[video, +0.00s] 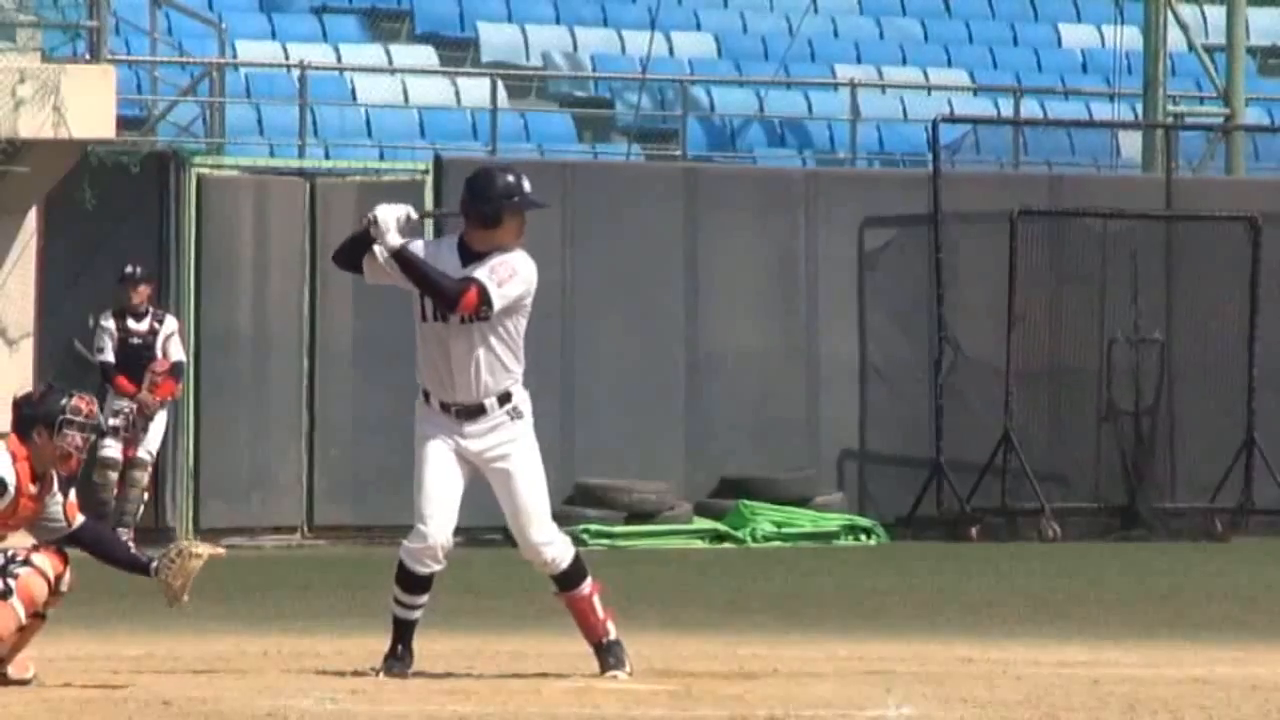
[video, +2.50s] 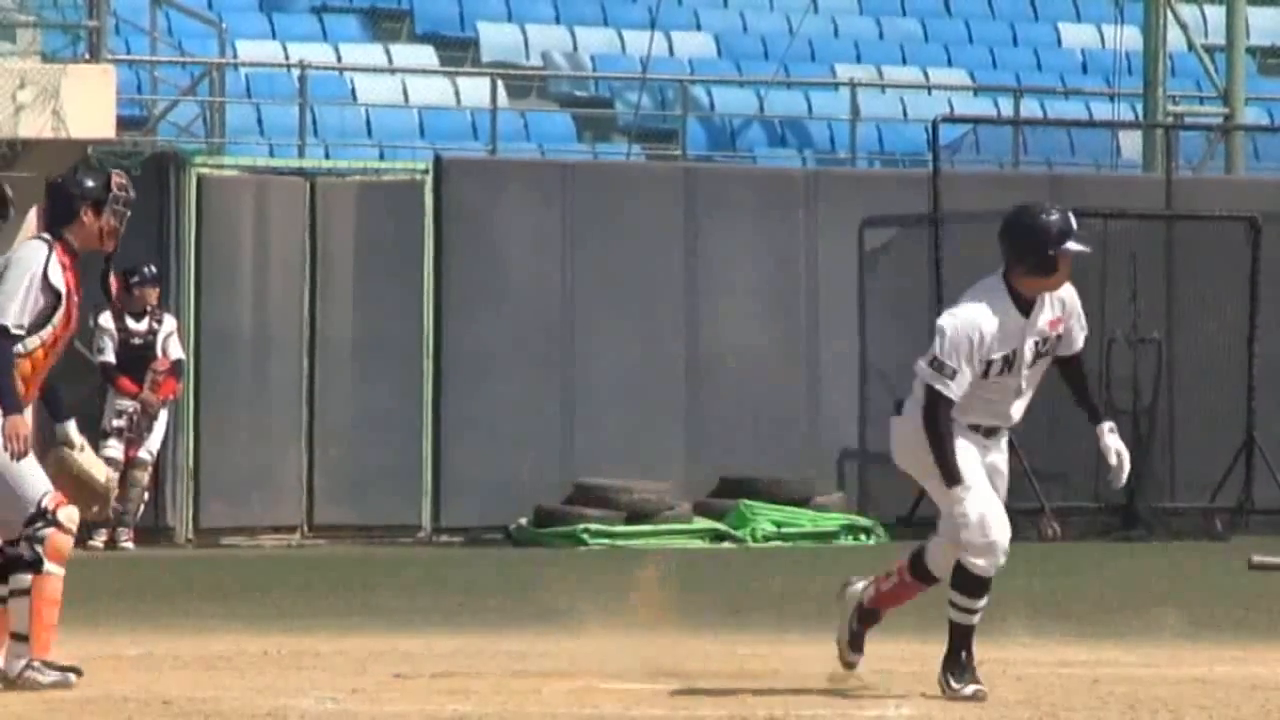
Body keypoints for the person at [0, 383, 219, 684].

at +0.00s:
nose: (77, 442)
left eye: (81, 433)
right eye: (69, 432)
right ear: (39, 434)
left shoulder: (46, 478)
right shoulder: (6, 470)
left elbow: (83, 530)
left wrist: (151, 565)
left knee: (52, 568)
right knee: (29, 578)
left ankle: (4, 661)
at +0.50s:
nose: (83, 446)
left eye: (87, 437)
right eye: (75, 436)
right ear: (45, 438)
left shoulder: (45, 480)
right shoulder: (8, 477)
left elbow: (73, 540)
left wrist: (110, 583)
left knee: (57, 569)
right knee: (33, 578)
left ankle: (4, 662)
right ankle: (4, 659)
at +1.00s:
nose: (91, 443)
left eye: (93, 434)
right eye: (82, 434)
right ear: (52, 437)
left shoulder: (52, 477)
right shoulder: (11, 475)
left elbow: (79, 540)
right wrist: (13, 549)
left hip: (5, 557)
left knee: (62, 572)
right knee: (33, 582)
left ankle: (5, 660)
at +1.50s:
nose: (97, 412)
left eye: (98, 403)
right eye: (87, 404)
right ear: (59, 410)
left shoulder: (80, 464)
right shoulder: (14, 446)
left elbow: (129, 518)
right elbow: (1, 495)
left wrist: (217, 519)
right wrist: (17, 499)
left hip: (11, 594)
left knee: (120, 662)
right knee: (34, 553)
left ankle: (13, 667)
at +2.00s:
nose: (80, 312)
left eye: (80, 302)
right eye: (74, 302)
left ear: (50, 307)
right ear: (52, 307)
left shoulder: (45, 356)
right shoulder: (14, 354)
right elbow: (35, 444)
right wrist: (101, 489)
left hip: (8, 509)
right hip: (3, 509)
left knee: (84, 586)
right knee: (25, 566)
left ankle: (9, 653)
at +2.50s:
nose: (112, 224)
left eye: (112, 214)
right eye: (106, 213)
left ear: (82, 215)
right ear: (82, 214)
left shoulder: (62, 265)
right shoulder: (36, 256)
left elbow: (32, 353)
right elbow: (3, 335)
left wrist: (55, 418)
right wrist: (13, 406)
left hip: (16, 418)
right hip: (3, 419)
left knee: (20, 535)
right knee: (55, 516)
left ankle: (17, 651)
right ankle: (35, 656)